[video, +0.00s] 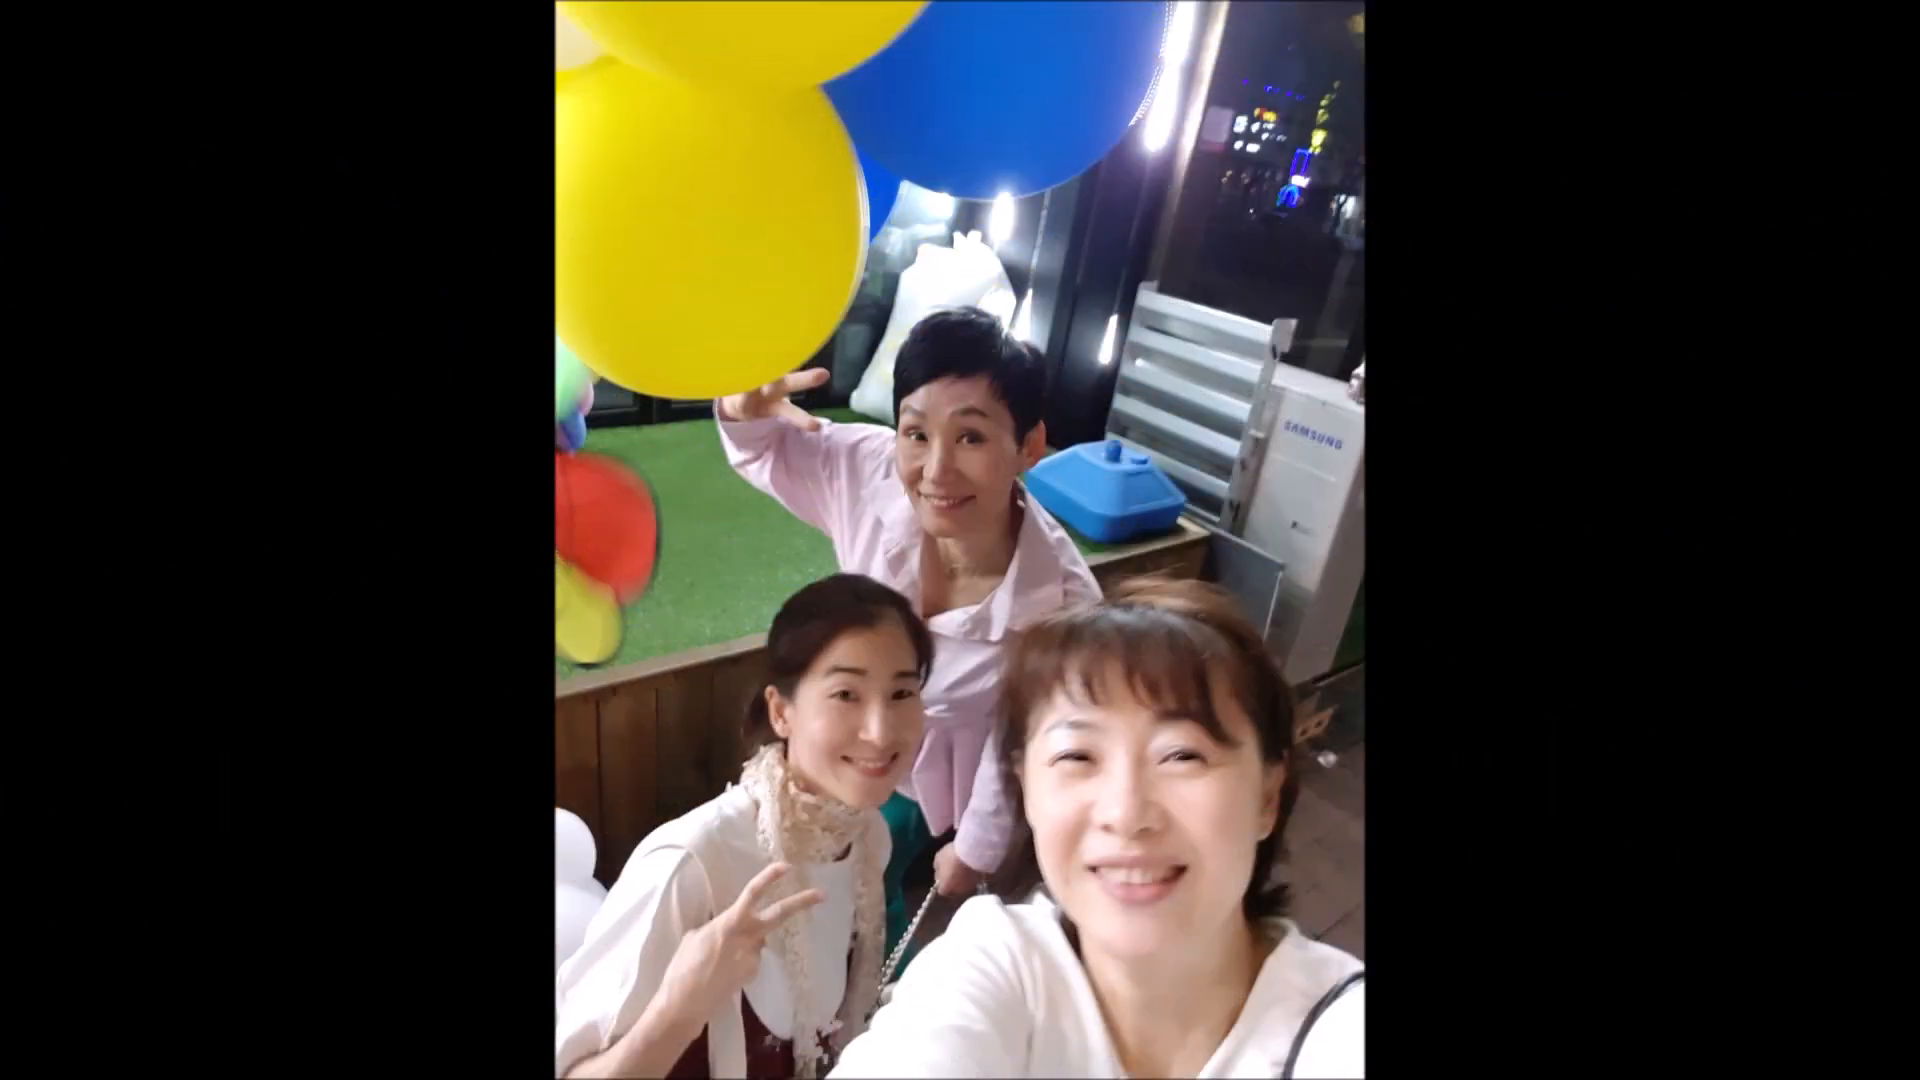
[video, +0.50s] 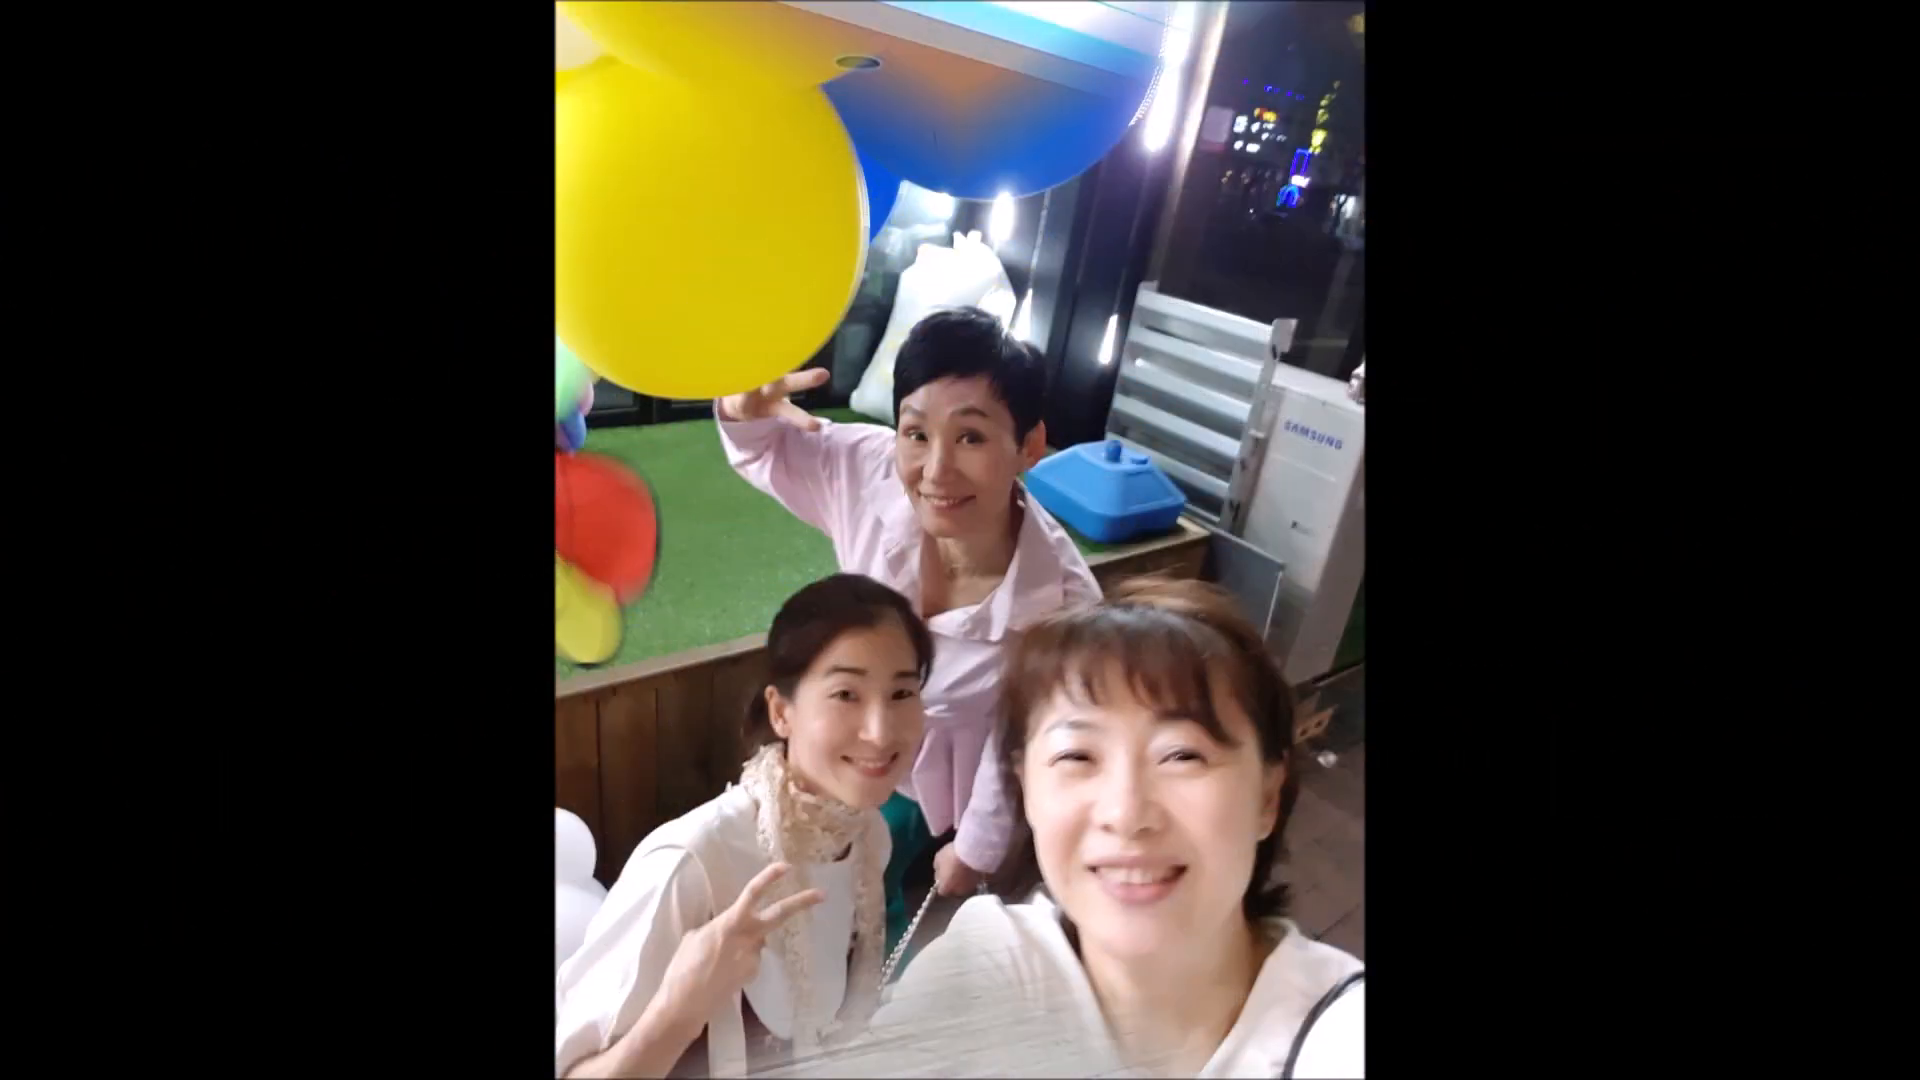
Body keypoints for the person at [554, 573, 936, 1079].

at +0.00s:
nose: (881, 732)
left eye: (903, 694)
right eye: (845, 694)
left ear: (922, 706)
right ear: (782, 712)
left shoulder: (870, 836)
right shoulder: (687, 863)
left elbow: (853, 1020)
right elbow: (574, 1070)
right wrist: (682, 1007)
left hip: (812, 1067)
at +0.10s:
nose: (881, 732)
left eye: (903, 694)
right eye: (845, 694)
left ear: (922, 706)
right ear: (782, 712)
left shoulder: (870, 836)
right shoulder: (687, 863)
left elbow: (853, 1020)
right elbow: (574, 1070)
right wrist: (682, 1007)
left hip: (812, 1067)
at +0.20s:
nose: (881, 732)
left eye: (903, 694)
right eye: (845, 694)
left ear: (922, 706)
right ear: (782, 712)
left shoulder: (870, 836)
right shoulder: (687, 863)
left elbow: (853, 1020)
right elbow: (574, 1070)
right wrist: (682, 1007)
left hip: (812, 1067)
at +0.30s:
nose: (881, 732)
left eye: (903, 694)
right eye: (845, 694)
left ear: (922, 706)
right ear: (782, 712)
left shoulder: (870, 836)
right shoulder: (687, 863)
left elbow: (853, 1020)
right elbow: (574, 1070)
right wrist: (682, 1007)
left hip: (812, 1067)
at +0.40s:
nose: (881, 732)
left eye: (903, 694)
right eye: (845, 694)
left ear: (922, 706)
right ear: (781, 712)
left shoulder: (870, 836)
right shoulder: (687, 863)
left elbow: (852, 1021)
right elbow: (574, 1070)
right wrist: (682, 1007)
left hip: (811, 1067)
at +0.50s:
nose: (882, 732)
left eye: (903, 694)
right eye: (845, 695)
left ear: (922, 706)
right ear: (782, 712)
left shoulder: (870, 835)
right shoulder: (688, 863)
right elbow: (575, 1070)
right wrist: (682, 1007)